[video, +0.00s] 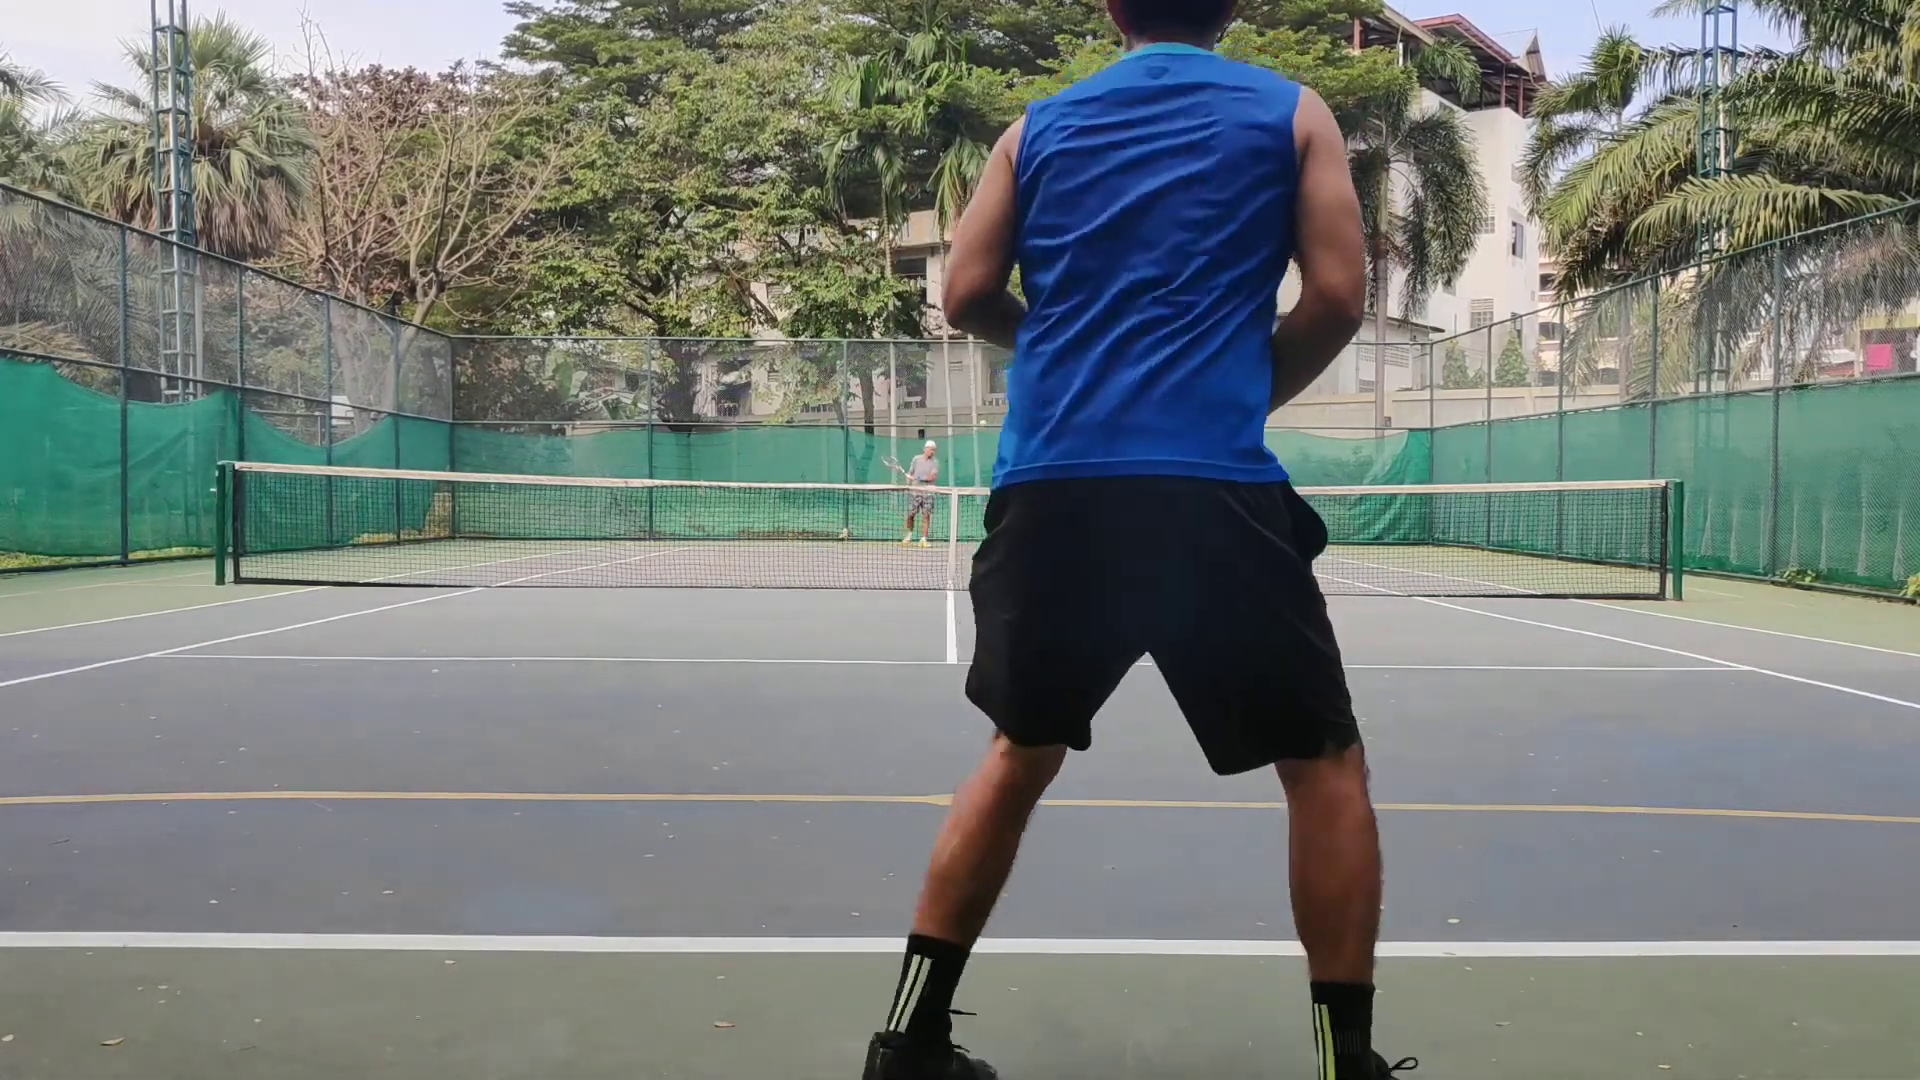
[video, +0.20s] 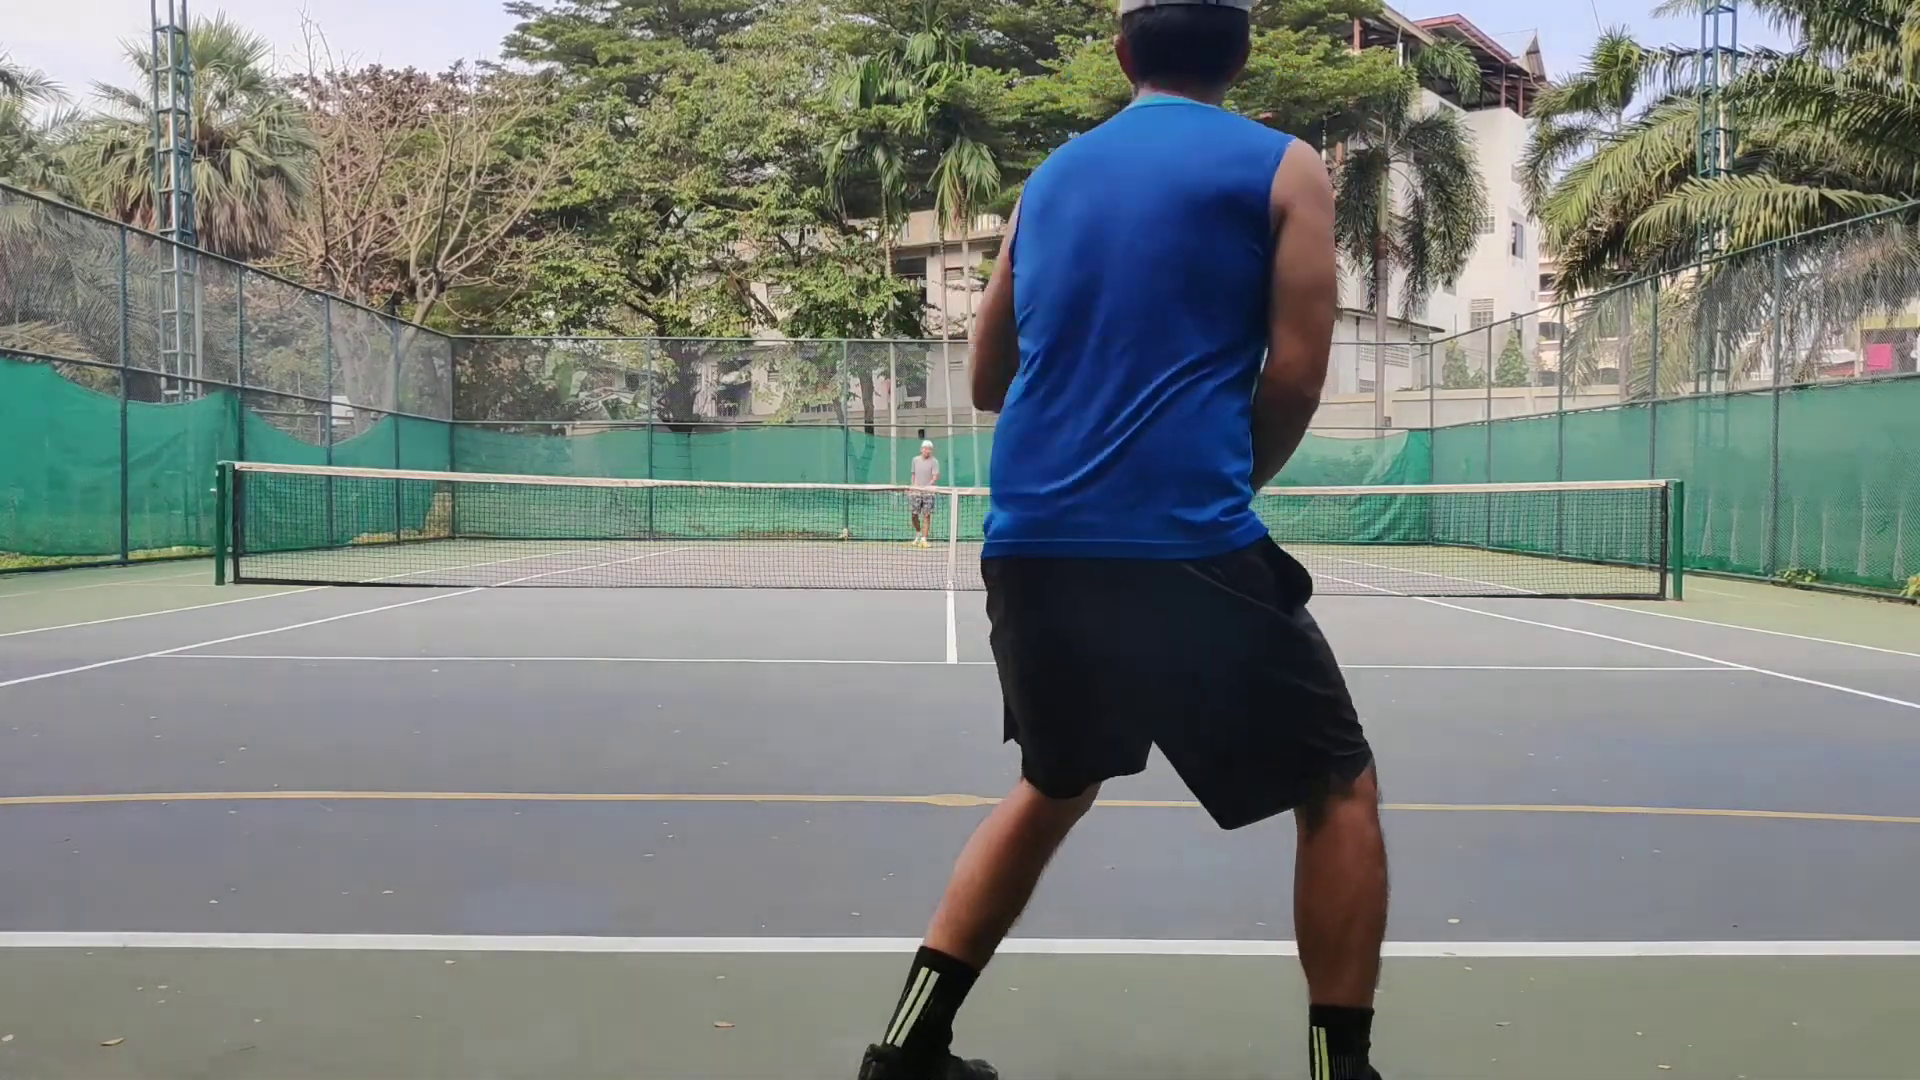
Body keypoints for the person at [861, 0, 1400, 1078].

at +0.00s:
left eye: (1106, 16)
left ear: (1113, 15)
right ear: (1228, 16)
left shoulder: (1042, 122)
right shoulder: (1292, 110)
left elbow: (965, 294)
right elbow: (1338, 298)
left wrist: (1051, 337)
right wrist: (1246, 388)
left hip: (1054, 494)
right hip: (1217, 498)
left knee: (1017, 756)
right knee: (1324, 768)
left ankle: (911, 1032)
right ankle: (1348, 1054)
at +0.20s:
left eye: (1131, 40)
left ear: (1127, 57)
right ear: (1238, 66)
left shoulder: (1052, 177)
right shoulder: (1282, 165)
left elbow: (988, 383)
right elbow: (1296, 374)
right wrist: (1229, 480)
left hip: (1034, 546)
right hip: (1191, 546)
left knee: (1053, 779)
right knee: (1340, 794)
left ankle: (910, 1039)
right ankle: (1340, 1064)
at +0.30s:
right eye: (1238, 35)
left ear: (1122, 43)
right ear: (1238, 50)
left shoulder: (1063, 155)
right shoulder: (1239, 141)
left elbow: (1101, 326)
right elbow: (1242, 359)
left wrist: (1258, 387)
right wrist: (1240, 496)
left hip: (990, 522)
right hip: (1126, 522)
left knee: (1051, 777)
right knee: (1316, 770)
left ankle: (911, 1049)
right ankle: (1337, 1063)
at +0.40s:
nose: (1253, 49)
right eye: (1255, 35)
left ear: (1134, 32)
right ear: (1243, 36)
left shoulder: (1095, 130)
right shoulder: (1199, 115)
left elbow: (1148, 358)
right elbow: (1225, 329)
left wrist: (1315, 376)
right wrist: (1318, 459)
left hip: (975, 507)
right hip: (1082, 506)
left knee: (1049, 782)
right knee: (1296, 765)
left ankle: (906, 1050)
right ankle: (1313, 1069)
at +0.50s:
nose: (1278, 51)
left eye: (1273, 39)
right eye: (1278, 35)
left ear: (1159, 26)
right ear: (1266, 35)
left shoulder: (1132, 117)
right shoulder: (1192, 102)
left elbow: (1239, 318)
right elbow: (1219, 287)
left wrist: (1408, 345)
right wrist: (1409, 371)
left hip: (981, 507)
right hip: (1076, 505)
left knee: (1057, 779)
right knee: (1294, 786)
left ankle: (903, 1047)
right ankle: (1288, 1076)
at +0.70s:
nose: (1360, 85)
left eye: (1360, 67)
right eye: (1364, 63)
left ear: (1240, 46)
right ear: (1344, 64)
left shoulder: (1258, 200)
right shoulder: (1229, 116)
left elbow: (1397, 342)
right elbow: (1138, 272)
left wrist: (1570, 403)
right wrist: (1351, 288)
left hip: (1031, 541)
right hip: (1110, 544)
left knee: (1113, 795)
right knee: (1352, 821)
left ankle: (878, 1011)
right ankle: (1302, 1072)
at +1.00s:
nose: (1436, 79)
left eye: (1439, 58)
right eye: (1444, 55)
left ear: (1321, 25)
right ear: (1432, 49)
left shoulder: (1325, 174)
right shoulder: (1286, 114)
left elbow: (1413, 328)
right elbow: (1160, 296)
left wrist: (1520, 458)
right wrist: (1305, 452)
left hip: (1078, 549)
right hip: (1153, 556)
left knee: (1117, 823)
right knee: (1392, 827)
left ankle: (880, 1024)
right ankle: (1310, 1069)